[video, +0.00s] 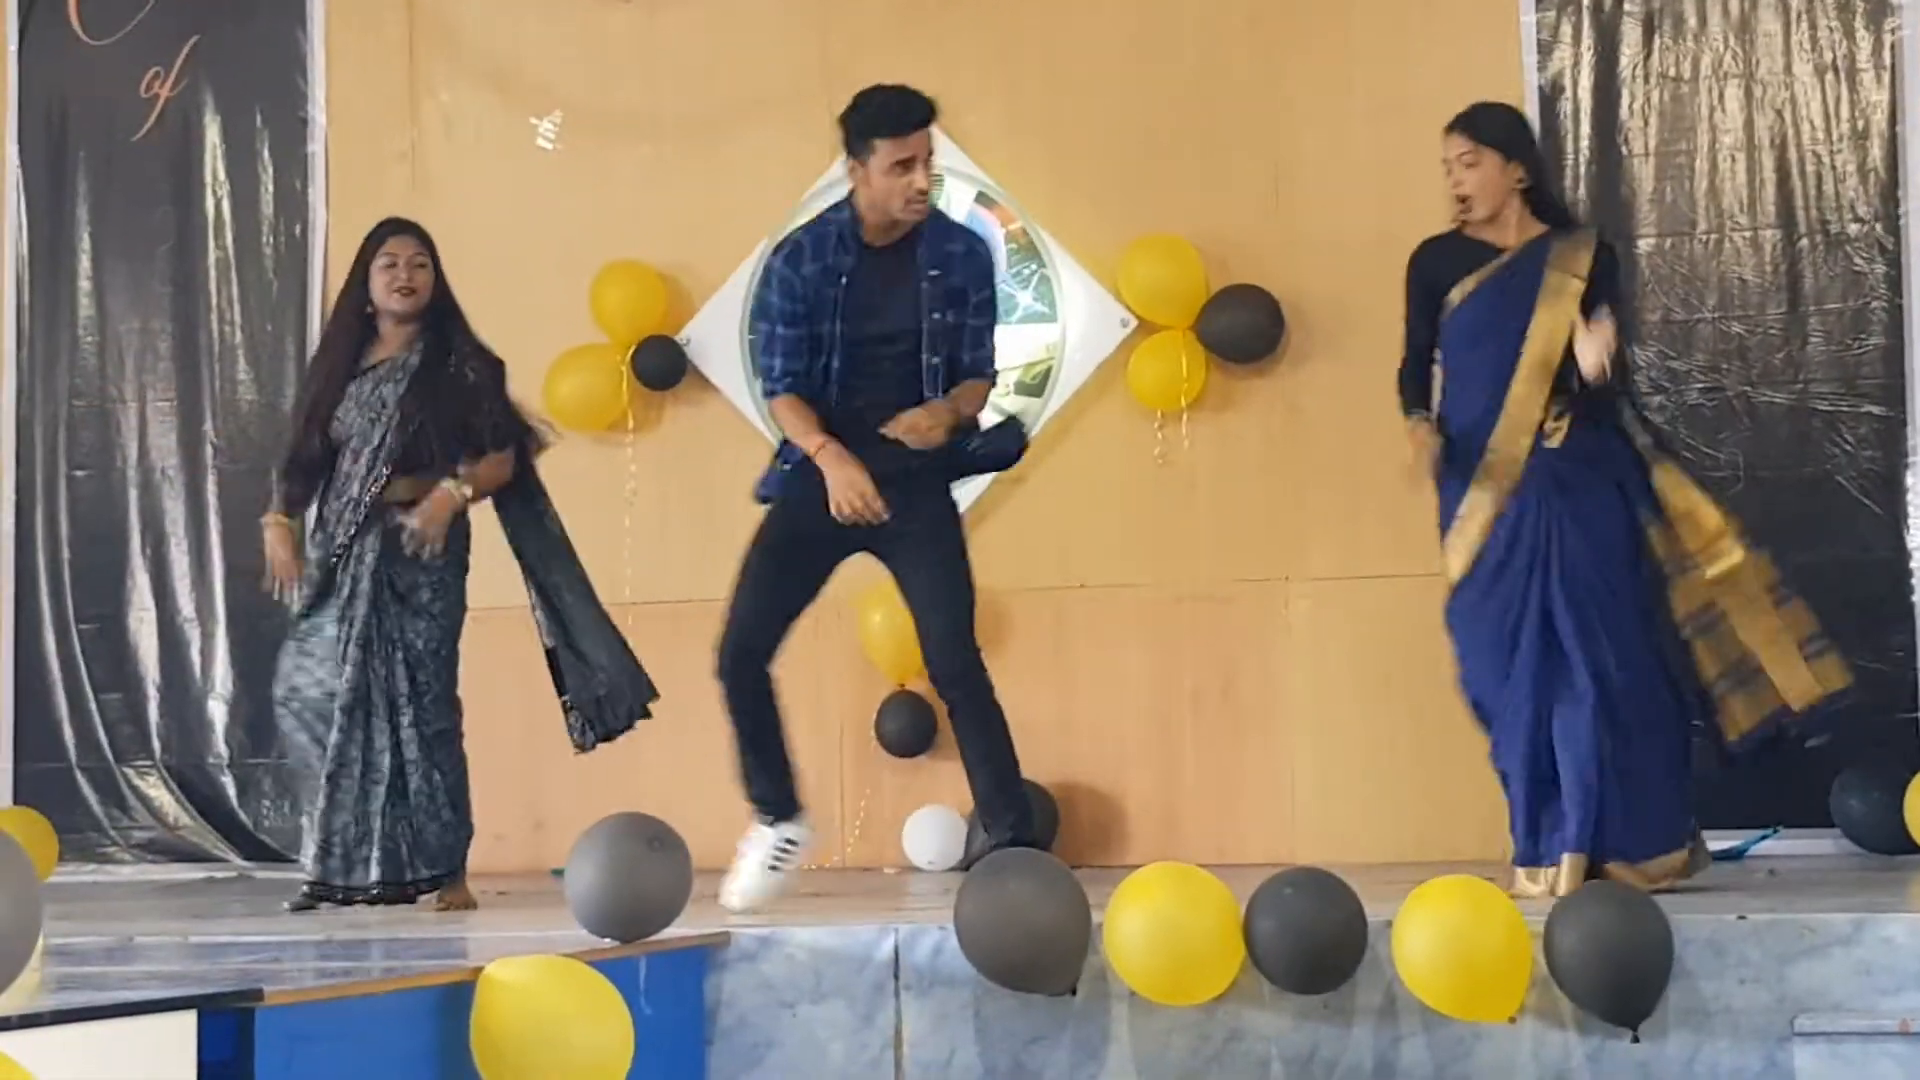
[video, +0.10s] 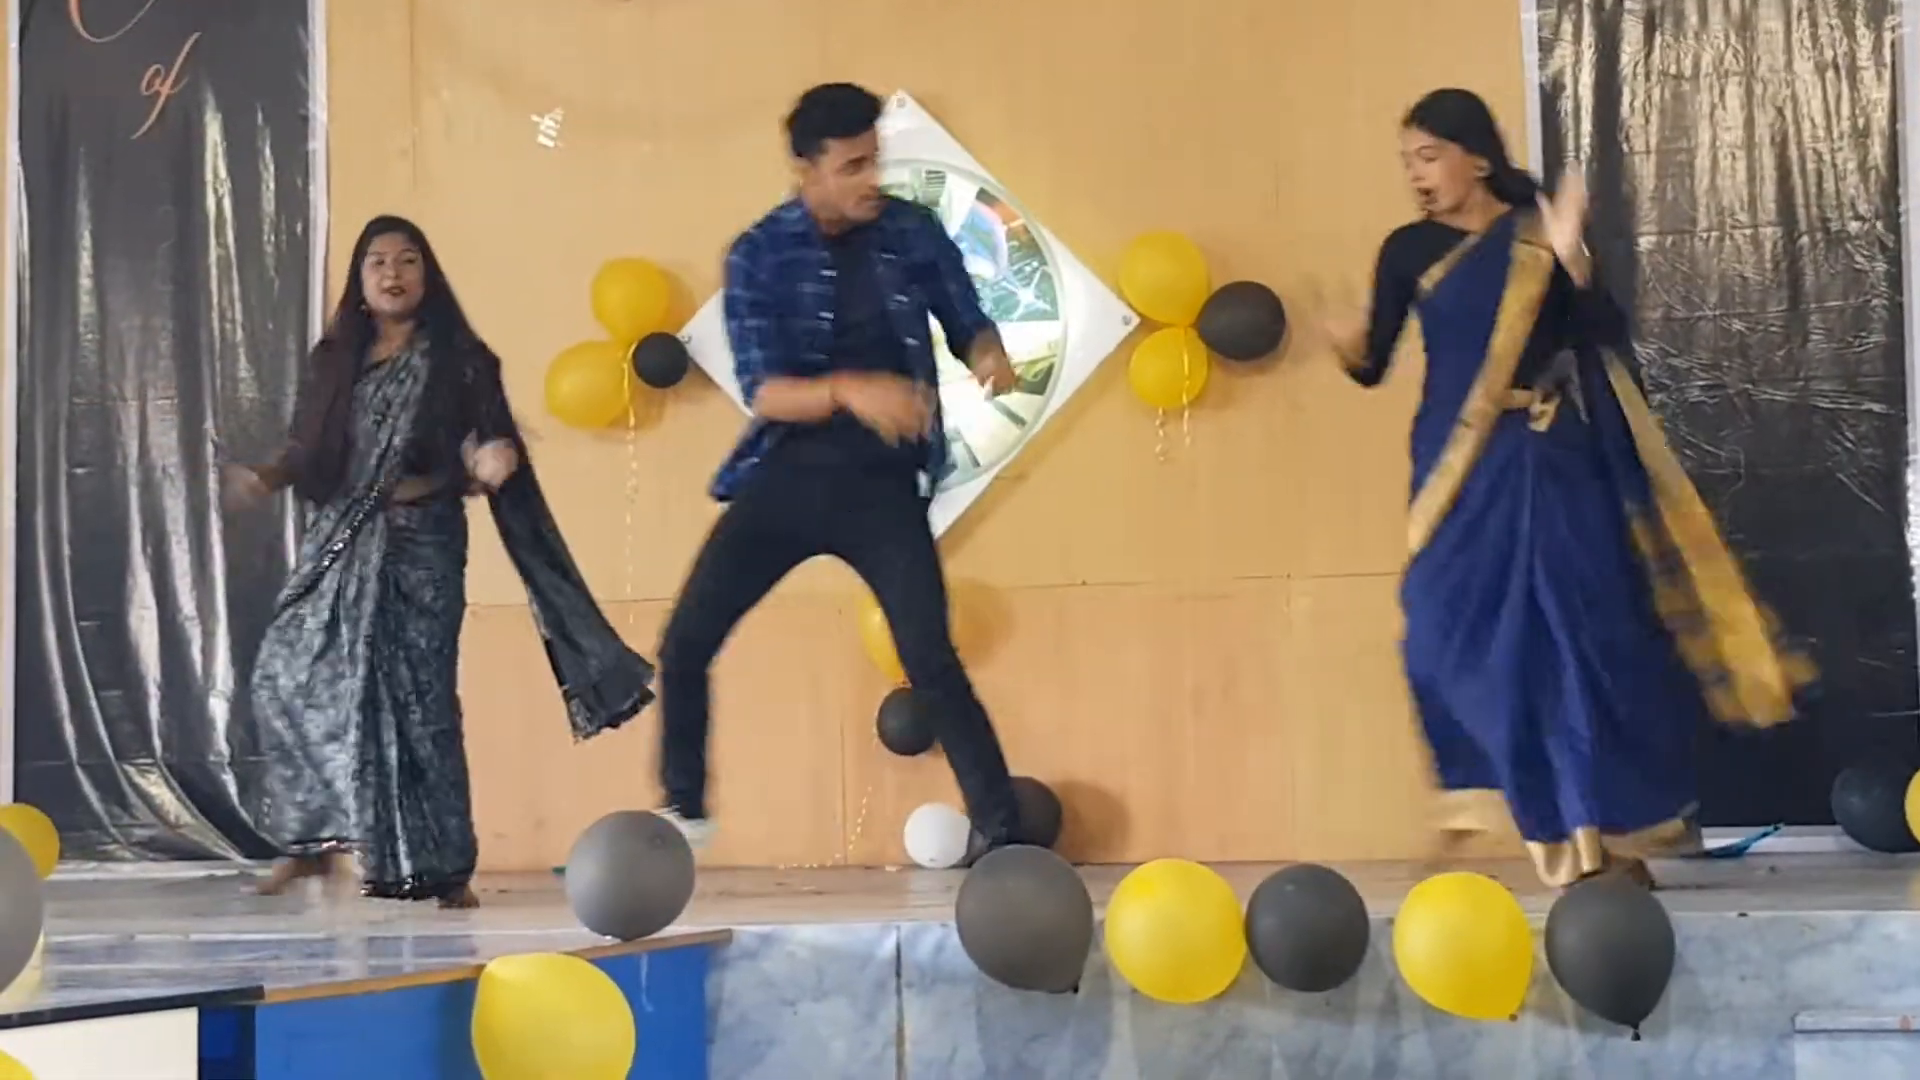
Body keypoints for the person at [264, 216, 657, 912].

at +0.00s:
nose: (405, 275)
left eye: (418, 265)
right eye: (390, 265)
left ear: (435, 280)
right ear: (366, 282)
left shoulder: (464, 365)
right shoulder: (338, 367)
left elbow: (508, 457)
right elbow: (303, 458)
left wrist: (452, 493)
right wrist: (277, 522)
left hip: (422, 551)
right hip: (342, 551)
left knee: (422, 703)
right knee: (322, 692)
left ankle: (443, 869)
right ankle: (350, 864)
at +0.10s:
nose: (392, 273)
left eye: (406, 262)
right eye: (378, 263)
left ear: (428, 274)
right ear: (359, 278)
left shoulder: (462, 359)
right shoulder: (335, 358)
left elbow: (498, 440)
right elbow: (308, 443)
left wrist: (495, 457)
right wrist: (268, 477)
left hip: (422, 544)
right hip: (341, 542)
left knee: (421, 698)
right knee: (281, 676)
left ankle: (444, 870)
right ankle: (306, 837)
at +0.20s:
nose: (374, 265)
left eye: (389, 251)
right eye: (359, 254)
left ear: (414, 261)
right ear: (343, 268)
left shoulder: (454, 344)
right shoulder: (323, 347)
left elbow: (498, 437)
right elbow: (269, 442)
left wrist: (520, 399)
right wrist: (201, 405)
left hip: (413, 533)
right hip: (329, 531)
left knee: (419, 686)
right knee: (283, 673)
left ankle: (451, 863)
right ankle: (263, 841)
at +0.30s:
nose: (348, 273)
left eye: (362, 259)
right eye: (334, 261)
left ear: (387, 265)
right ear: (317, 272)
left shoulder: (427, 340)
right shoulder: (298, 346)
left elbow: (480, 418)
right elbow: (229, 431)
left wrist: (503, 362)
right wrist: (198, 355)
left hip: (397, 526)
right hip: (311, 527)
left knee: (415, 684)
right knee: (279, 681)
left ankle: (453, 856)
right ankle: (239, 848)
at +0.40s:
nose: (320, 287)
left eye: (333, 273)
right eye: (306, 275)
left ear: (358, 277)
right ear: (288, 283)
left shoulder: (390, 347)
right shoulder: (270, 351)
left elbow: (461, 415)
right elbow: (183, 420)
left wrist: (447, 343)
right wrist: (186, 337)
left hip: (373, 535)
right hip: (290, 538)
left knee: (397, 688)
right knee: (275, 692)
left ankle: (450, 857)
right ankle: (240, 861)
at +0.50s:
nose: (293, 288)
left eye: (307, 274)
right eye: (279, 276)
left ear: (332, 281)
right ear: (262, 286)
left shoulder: (366, 354)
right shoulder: (244, 352)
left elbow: (449, 411)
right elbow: (146, 404)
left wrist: (411, 341)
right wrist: (133, 321)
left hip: (355, 537)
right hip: (270, 541)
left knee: (374, 687)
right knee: (257, 690)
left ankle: (431, 849)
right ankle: (247, 856)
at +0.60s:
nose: (274, 284)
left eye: (288, 270)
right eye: (260, 272)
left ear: (313, 275)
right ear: (243, 281)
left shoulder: (352, 345)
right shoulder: (226, 350)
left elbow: (438, 398)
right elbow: (124, 398)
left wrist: (402, 335)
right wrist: (114, 307)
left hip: (342, 535)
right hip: (256, 538)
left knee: (336, 684)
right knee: (247, 689)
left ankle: (343, 836)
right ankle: (239, 855)